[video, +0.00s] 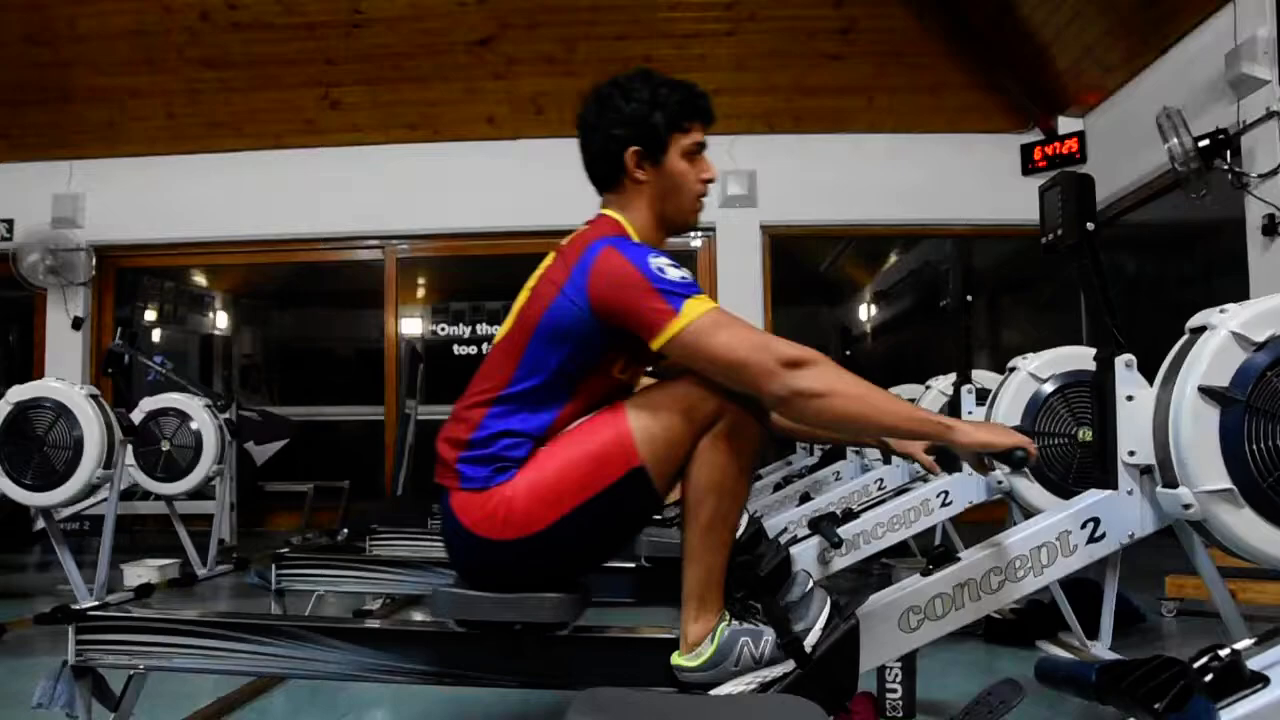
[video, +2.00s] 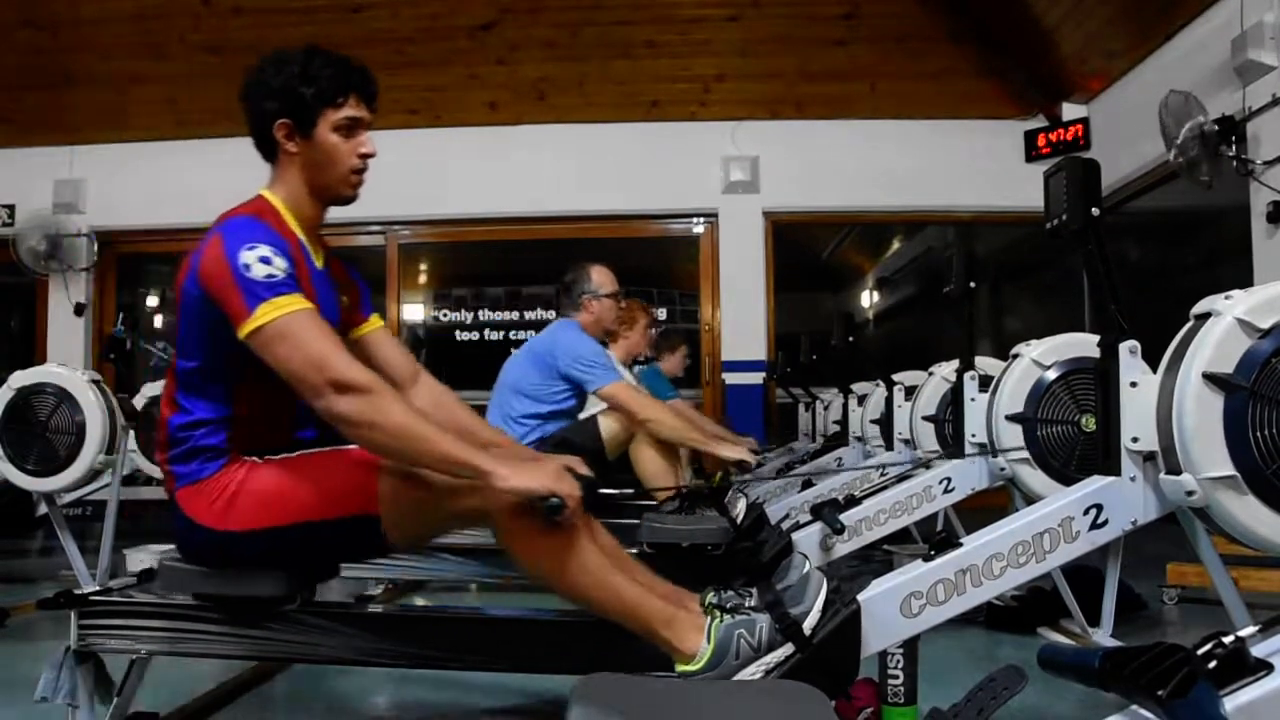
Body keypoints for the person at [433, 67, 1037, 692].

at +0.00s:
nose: (710, 172)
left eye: (707, 154)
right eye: (694, 155)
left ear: (641, 167)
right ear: (638, 164)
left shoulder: (626, 257)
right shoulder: (614, 262)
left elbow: (763, 387)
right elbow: (786, 371)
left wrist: (887, 434)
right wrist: (948, 427)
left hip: (515, 502)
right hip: (498, 516)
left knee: (721, 387)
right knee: (725, 395)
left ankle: (703, 613)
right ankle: (702, 642)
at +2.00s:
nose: (369, 148)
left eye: (368, 130)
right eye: (349, 130)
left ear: (325, 140)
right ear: (287, 137)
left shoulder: (315, 258)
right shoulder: (245, 244)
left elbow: (406, 375)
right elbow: (338, 392)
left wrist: (512, 457)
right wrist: (495, 469)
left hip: (288, 472)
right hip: (229, 488)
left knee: (520, 468)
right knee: (496, 487)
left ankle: (699, 621)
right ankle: (696, 644)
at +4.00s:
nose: (134, 170)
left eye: (132, 155)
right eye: (112, 157)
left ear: (106, 171)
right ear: (52, 174)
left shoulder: (126, 278)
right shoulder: (36, 279)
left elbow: (157, 406)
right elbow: (5, 443)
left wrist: (234, 397)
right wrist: (120, 427)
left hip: (221, 467)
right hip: (176, 491)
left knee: (456, 530)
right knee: (432, 539)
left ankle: (701, 623)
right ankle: (694, 641)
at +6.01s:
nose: (716, 154)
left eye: (711, 136)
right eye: (699, 138)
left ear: (644, 154)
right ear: (642, 152)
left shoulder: (630, 239)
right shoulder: (620, 246)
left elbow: (777, 353)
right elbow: (783, 370)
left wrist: (888, 425)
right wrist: (946, 423)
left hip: (527, 488)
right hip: (507, 503)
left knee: (741, 371)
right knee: (734, 380)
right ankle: (704, 622)